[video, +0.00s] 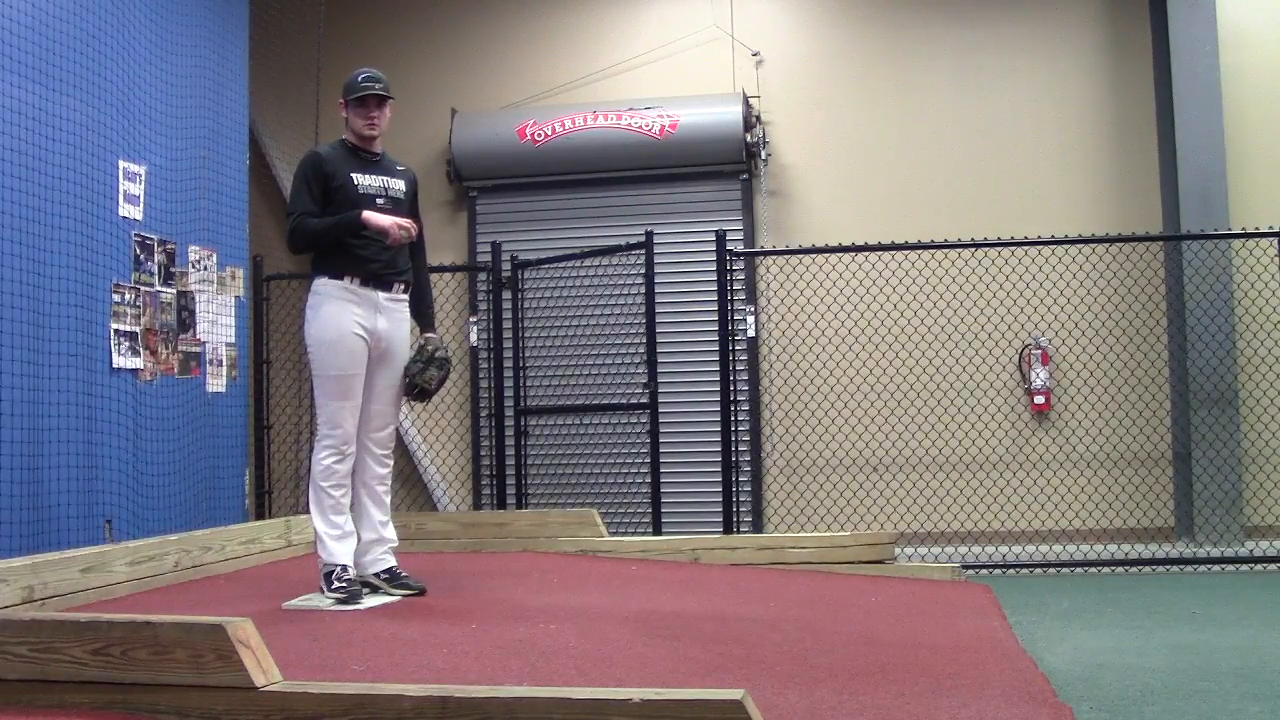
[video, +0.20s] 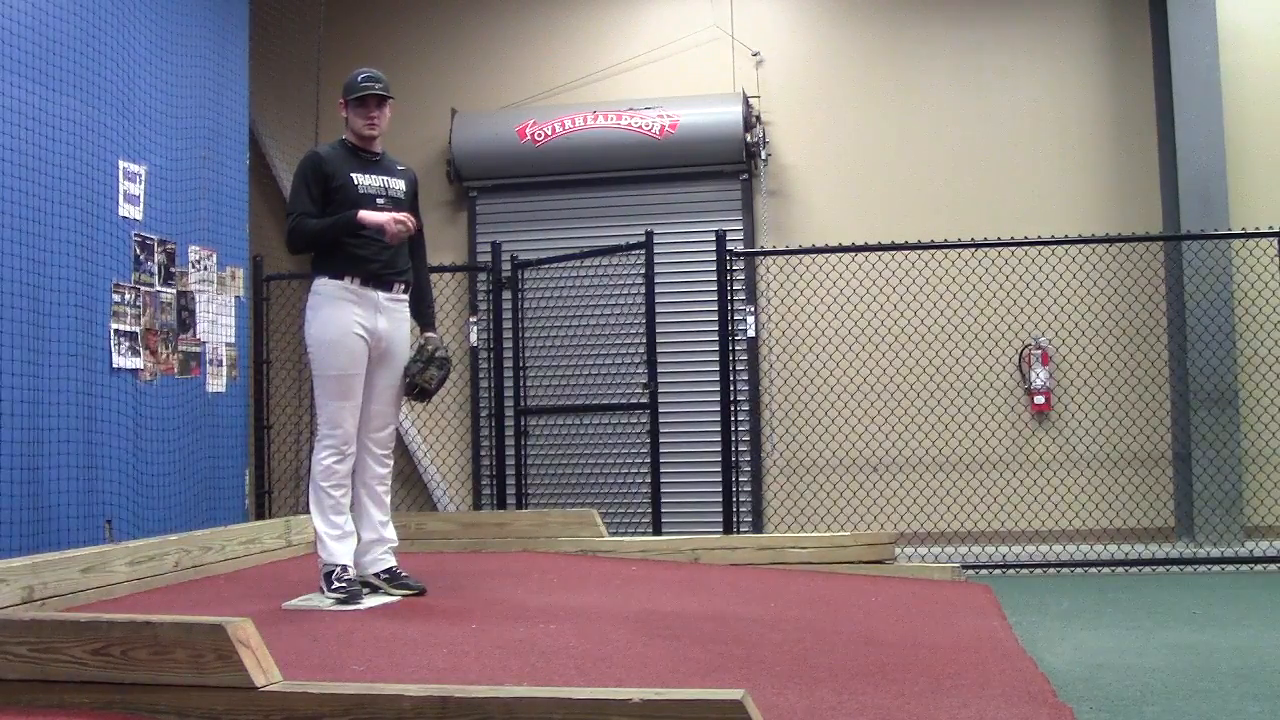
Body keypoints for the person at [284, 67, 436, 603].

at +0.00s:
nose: (373, 113)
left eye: (380, 104)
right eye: (363, 105)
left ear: (390, 111)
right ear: (344, 110)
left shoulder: (403, 176)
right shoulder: (320, 163)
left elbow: (417, 258)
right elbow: (298, 233)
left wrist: (425, 328)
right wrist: (364, 218)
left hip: (395, 310)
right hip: (338, 304)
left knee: (379, 441)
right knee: (338, 438)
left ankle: (377, 561)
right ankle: (336, 564)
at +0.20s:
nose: (373, 113)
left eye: (380, 104)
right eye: (363, 105)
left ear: (390, 111)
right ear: (344, 110)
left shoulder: (403, 176)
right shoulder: (320, 163)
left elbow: (417, 258)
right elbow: (297, 234)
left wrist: (426, 327)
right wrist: (363, 218)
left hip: (395, 310)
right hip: (338, 304)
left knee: (379, 441)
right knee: (338, 438)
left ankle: (377, 561)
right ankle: (336, 564)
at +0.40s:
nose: (379, 111)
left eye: (385, 103)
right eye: (369, 103)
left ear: (394, 110)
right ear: (346, 108)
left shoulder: (404, 176)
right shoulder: (320, 163)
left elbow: (414, 254)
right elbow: (295, 235)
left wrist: (428, 313)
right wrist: (364, 227)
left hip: (396, 309)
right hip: (338, 304)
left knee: (379, 440)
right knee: (338, 438)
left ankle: (376, 561)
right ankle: (336, 564)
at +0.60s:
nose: (391, 111)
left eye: (393, 103)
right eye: (381, 102)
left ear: (392, 110)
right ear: (352, 106)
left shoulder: (403, 172)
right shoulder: (319, 162)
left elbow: (415, 244)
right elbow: (301, 235)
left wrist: (421, 246)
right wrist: (376, 231)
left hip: (392, 308)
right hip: (337, 304)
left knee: (379, 439)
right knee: (338, 437)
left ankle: (376, 561)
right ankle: (336, 565)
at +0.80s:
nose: (388, 108)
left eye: (390, 100)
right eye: (377, 100)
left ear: (389, 108)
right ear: (348, 105)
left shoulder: (402, 171)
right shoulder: (317, 161)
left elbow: (414, 249)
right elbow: (314, 237)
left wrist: (419, 227)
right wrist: (386, 216)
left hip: (391, 310)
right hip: (337, 305)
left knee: (380, 442)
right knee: (337, 440)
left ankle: (377, 561)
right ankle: (336, 563)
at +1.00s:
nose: (384, 107)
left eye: (386, 100)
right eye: (374, 100)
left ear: (384, 107)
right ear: (345, 104)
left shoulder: (395, 168)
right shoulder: (315, 159)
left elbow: (414, 248)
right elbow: (322, 228)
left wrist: (426, 203)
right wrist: (388, 194)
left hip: (391, 310)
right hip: (336, 306)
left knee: (379, 442)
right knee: (336, 440)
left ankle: (377, 561)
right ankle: (335, 564)